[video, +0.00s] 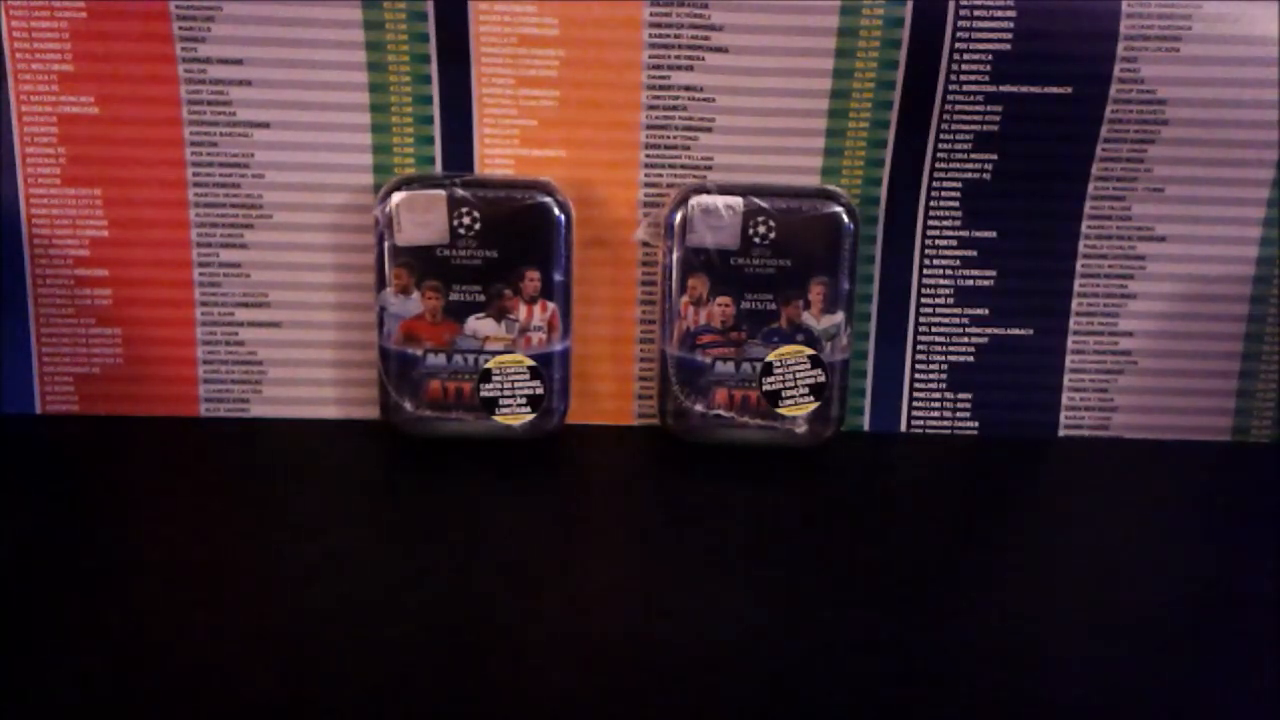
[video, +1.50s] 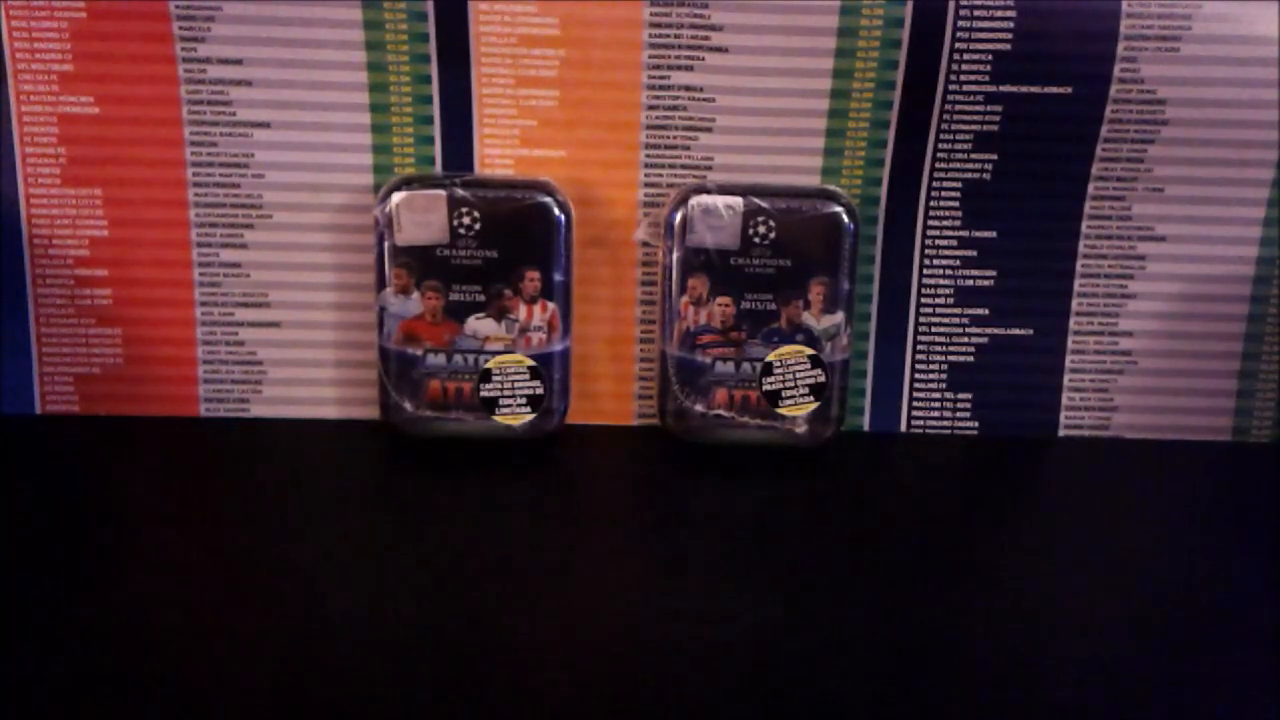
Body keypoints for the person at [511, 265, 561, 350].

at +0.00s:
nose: (536, 285)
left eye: (539, 281)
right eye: (531, 280)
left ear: (541, 283)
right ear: (521, 284)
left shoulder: (551, 308)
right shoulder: (511, 306)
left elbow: (556, 337)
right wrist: (521, 329)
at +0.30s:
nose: (536, 285)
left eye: (538, 281)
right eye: (531, 280)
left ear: (541, 283)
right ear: (521, 284)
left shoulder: (551, 308)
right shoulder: (512, 306)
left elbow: (556, 337)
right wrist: (521, 329)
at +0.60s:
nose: (536, 285)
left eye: (538, 280)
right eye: (531, 280)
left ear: (541, 283)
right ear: (521, 284)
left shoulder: (551, 308)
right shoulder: (512, 305)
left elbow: (556, 336)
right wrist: (521, 329)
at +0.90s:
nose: (536, 285)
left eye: (538, 280)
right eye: (531, 280)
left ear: (541, 283)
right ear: (521, 284)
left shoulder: (551, 308)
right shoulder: (511, 305)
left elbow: (556, 336)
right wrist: (520, 329)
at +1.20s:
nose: (536, 285)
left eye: (539, 281)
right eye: (531, 280)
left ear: (541, 283)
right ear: (521, 284)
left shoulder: (551, 308)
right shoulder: (512, 305)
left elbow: (556, 337)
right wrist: (520, 329)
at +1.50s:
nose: (536, 285)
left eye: (538, 281)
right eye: (531, 281)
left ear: (541, 283)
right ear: (521, 284)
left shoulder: (551, 308)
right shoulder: (511, 306)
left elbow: (556, 337)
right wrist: (520, 329)